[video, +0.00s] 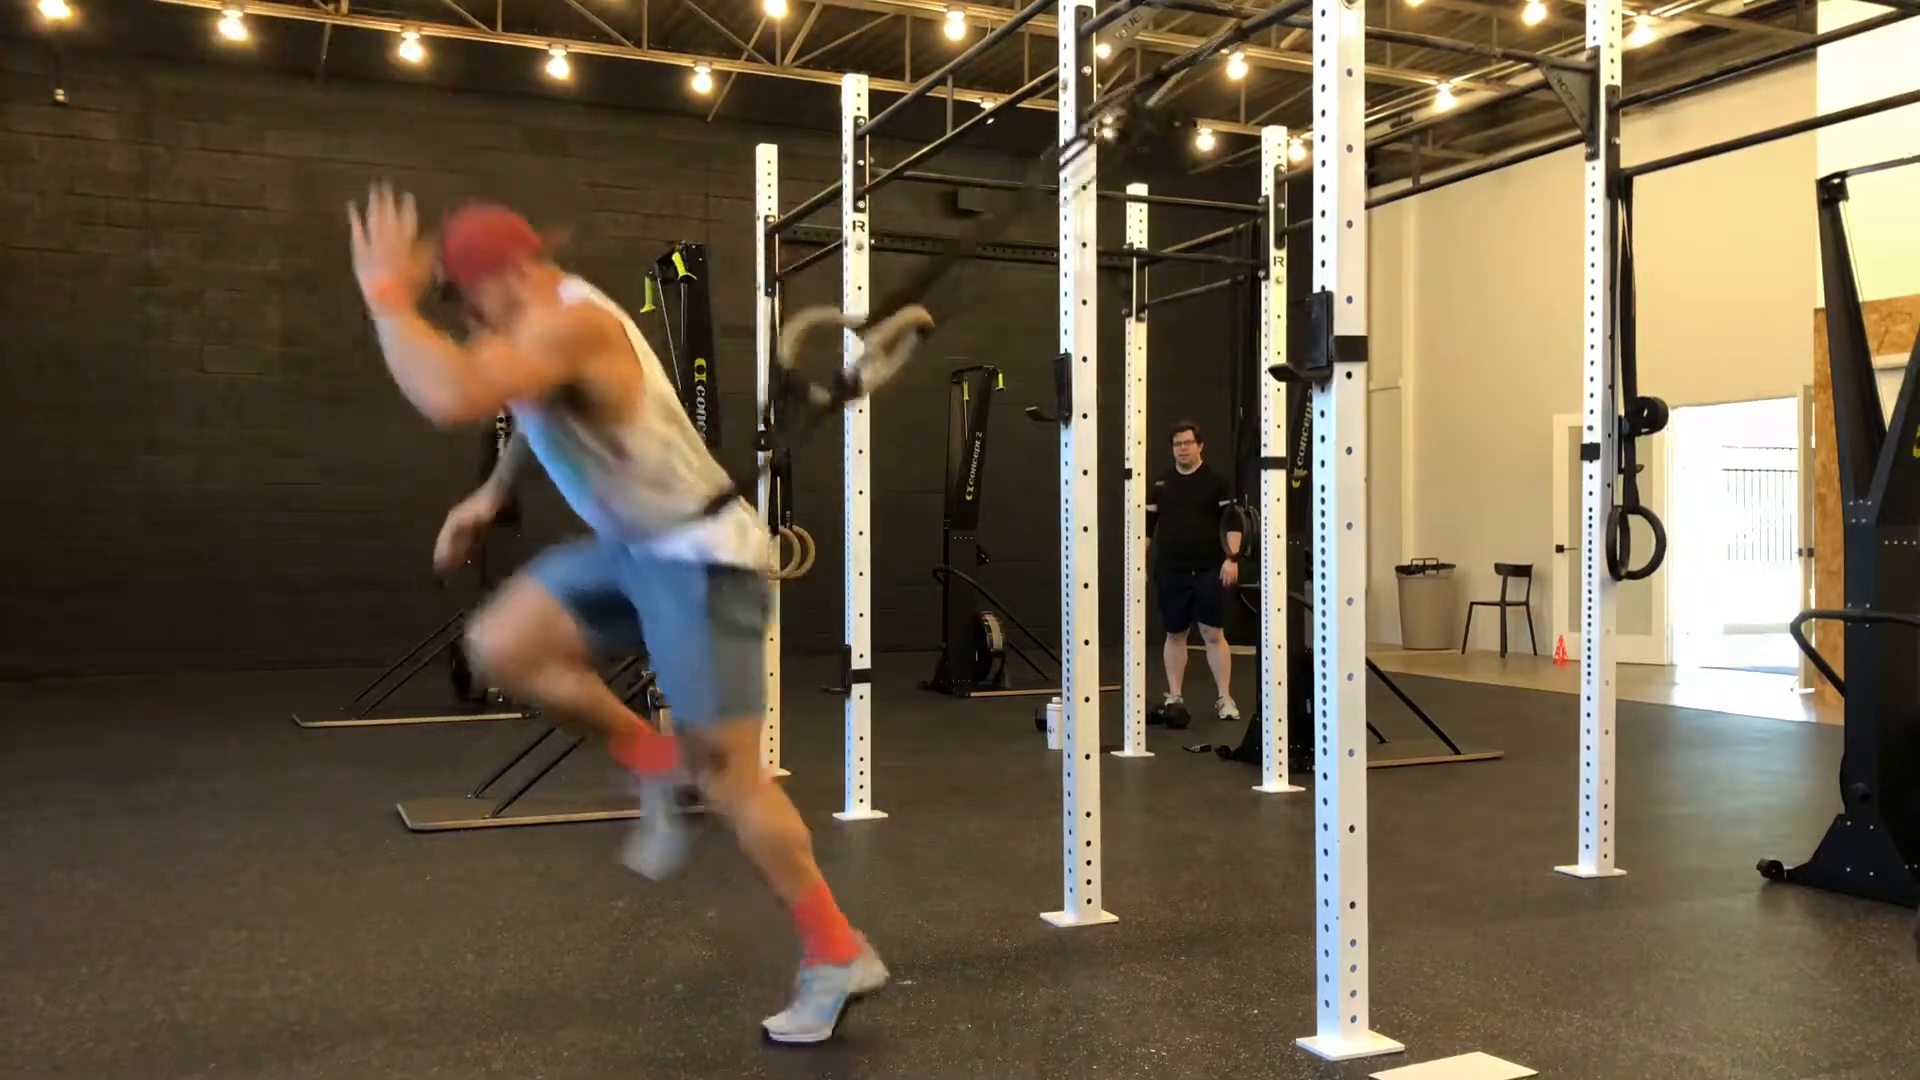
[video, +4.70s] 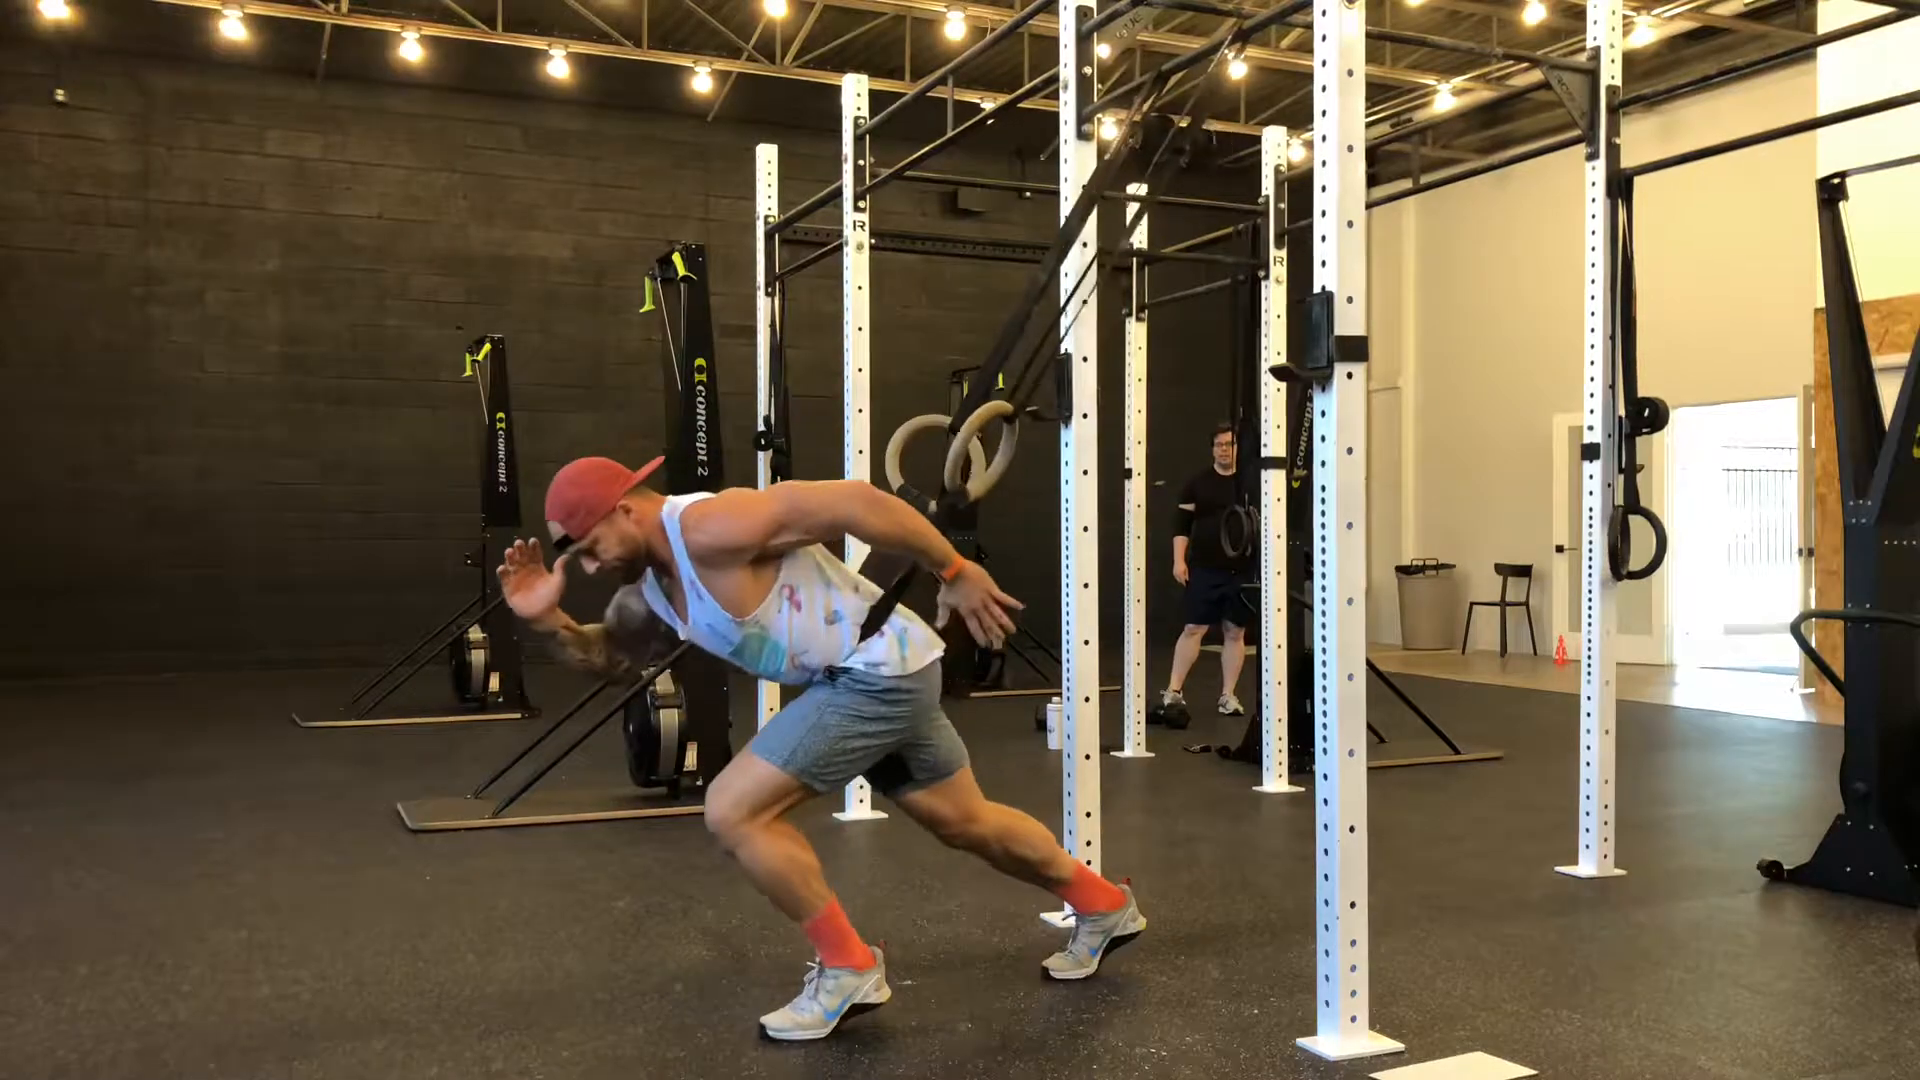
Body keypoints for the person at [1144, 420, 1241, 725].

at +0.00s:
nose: (1182, 449)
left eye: (1187, 443)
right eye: (1177, 444)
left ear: (1200, 446)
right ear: (1171, 448)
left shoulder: (1216, 481)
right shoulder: (1161, 484)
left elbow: (1233, 522)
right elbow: (1147, 529)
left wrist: (1232, 558)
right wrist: (1141, 564)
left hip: (1209, 570)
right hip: (1171, 570)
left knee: (1213, 634)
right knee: (1175, 634)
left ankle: (1224, 698)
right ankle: (1174, 697)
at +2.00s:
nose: (1173, 449)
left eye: (1179, 443)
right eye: (1168, 444)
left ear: (1191, 447)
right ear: (1162, 449)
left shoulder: (1208, 482)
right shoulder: (1152, 485)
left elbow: (1224, 524)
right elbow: (1140, 525)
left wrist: (1221, 557)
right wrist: (1138, 563)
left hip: (1200, 569)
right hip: (1164, 569)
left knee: (1207, 632)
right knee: (1170, 634)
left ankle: (1223, 697)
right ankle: (1173, 696)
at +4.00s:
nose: (1217, 449)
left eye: (1223, 443)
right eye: (1213, 444)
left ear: (1233, 447)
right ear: (1205, 449)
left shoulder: (1246, 480)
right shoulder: (1192, 482)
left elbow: (1261, 521)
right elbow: (1175, 523)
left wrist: (1259, 561)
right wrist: (1172, 559)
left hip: (1235, 569)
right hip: (1197, 568)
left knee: (1231, 632)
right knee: (1190, 631)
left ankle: (1228, 696)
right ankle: (1174, 692)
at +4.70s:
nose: (1224, 449)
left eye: (1229, 444)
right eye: (1219, 445)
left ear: (1239, 448)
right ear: (1212, 449)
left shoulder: (1249, 483)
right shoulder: (1198, 483)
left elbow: (1265, 522)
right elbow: (1182, 524)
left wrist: (1264, 562)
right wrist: (1179, 561)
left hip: (1240, 570)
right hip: (1204, 568)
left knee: (1234, 632)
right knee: (1194, 629)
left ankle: (1228, 695)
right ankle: (1173, 691)